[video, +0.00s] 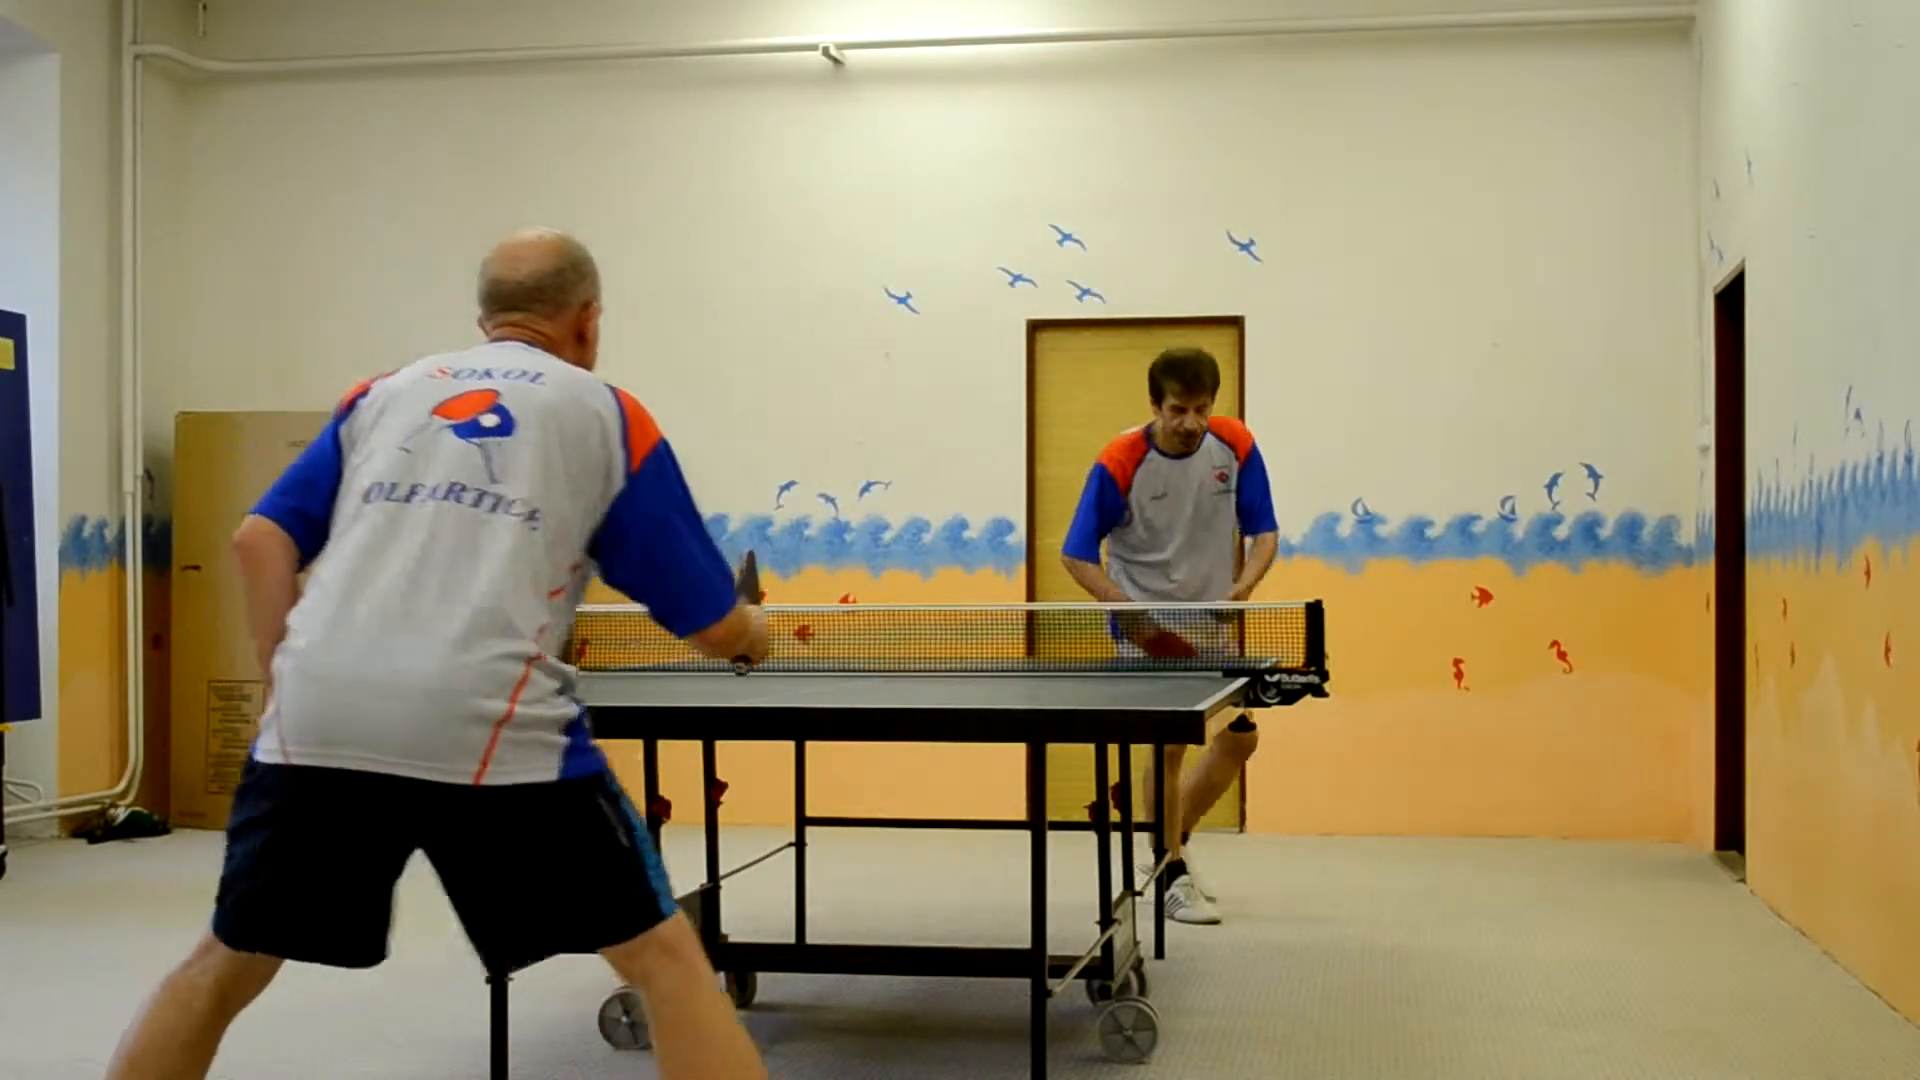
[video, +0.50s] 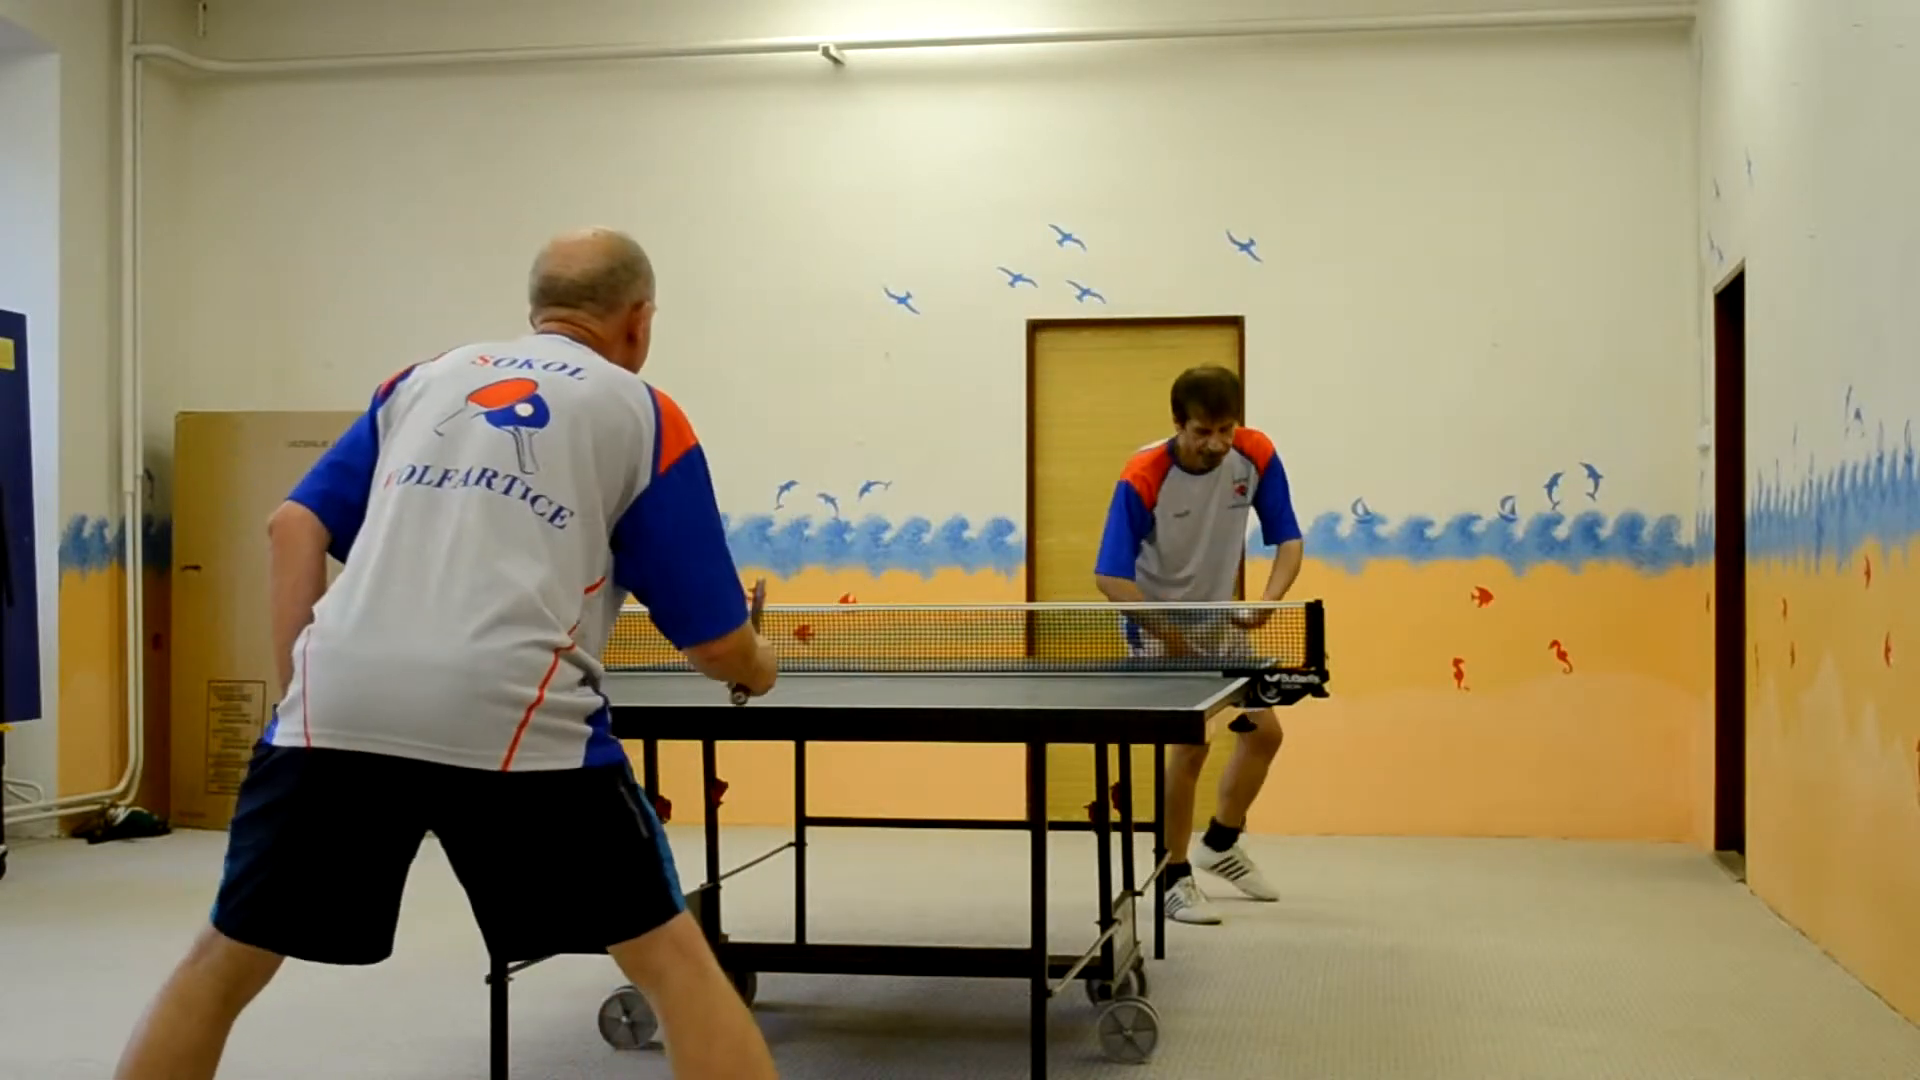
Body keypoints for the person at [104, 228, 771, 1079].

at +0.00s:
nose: (602, 336)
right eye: (599, 319)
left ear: (481, 319)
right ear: (585, 323)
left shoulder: (379, 398)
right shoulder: (608, 418)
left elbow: (262, 538)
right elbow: (715, 625)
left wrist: (284, 684)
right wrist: (750, 631)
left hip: (317, 720)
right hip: (497, 729)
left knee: (221, 966)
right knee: (666, 963)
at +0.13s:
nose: (645, 331)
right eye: (643, 316)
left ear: (523, 308)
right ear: (627, 319)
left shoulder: (421, 387)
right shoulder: (654, 410)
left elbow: (305, 527)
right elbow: (764, 620)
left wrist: (329, 687)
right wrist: (784, 628)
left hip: (356, 711)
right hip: (540, 720)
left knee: (226, 957)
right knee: (691, 958)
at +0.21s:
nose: (656, 335)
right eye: (655, 320)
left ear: (536, 307)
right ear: (641, 321)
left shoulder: (433, 385)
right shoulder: (667, 413)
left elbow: (312, 524)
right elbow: (773, 617)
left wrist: (332, 687)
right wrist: (794, 630)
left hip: (358, 712)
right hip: (544, 723)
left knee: (226, 967)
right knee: (690, 956)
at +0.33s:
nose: (656, 345)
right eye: (656, 329)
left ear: (538, 310)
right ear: (639, 328)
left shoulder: (426, 387)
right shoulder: (653, 419)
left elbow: (303, 527)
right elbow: (752, 629)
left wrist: (306, 692)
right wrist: (788, 631)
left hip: (342, 716)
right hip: (529, 728)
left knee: (221, 966)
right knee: (679, 961)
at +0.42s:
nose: (650, 345)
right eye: (650, 329)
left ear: (536, 311)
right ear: (637, 328)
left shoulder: (424, 384)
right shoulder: (645, 419)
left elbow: (297, 525)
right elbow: (728, 633)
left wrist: (298, 690)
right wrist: (766, 648)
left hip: (336, 713)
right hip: (521, 726)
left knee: (218, 966)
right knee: (675, 961)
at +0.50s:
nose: (648, 340)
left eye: (648, 323)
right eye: (649, 323)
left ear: (535, 308)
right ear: (635, 323)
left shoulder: (420, 382)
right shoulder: (642, 417)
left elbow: (296, 525)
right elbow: (716, 638)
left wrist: (297, 693)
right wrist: (753, 666)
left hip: (336, 711)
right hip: (520, 722)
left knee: (218, 967)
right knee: (674, 964)